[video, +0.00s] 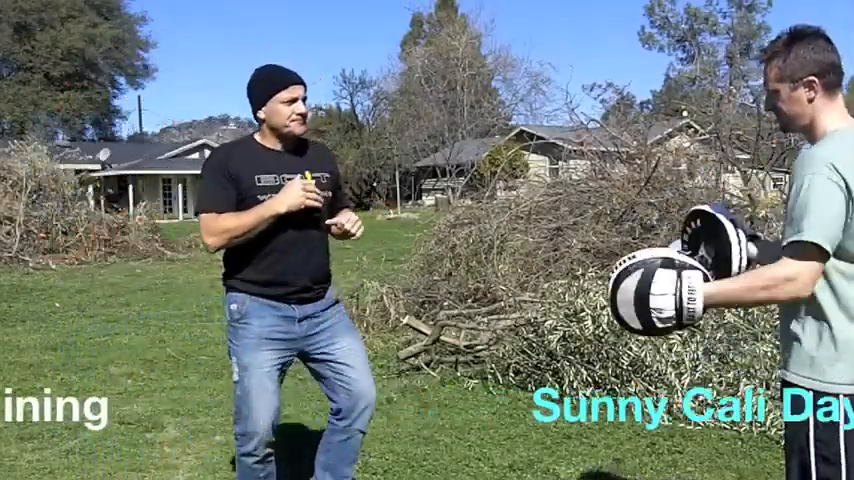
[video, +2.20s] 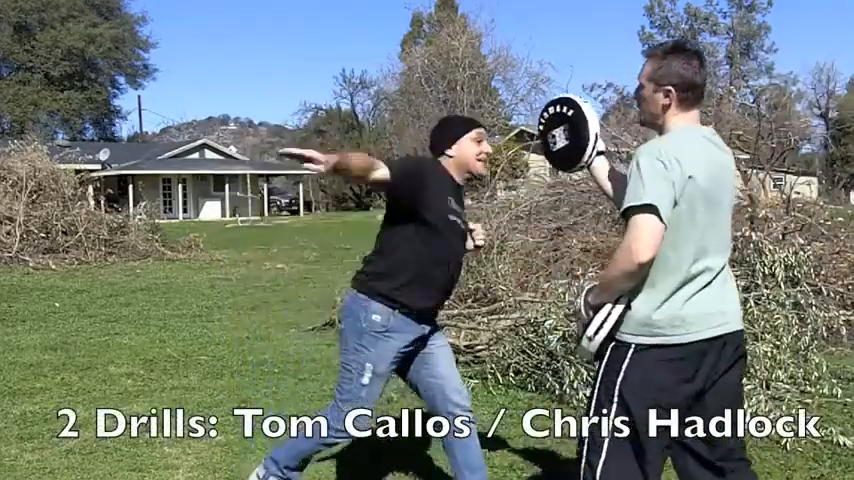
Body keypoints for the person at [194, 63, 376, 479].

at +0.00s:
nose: (301, 109)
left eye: (303, 100)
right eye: (289, 102)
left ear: (306, 102)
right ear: (261, 109)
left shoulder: (319, 156)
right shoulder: (226, 160)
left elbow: (335, 214)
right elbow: (212, 235)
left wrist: (343, 222)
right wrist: (277, 204)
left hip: (322, 307)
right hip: (257, 311)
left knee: (358, 398)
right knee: (257, 430)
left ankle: (330, 476)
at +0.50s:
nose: (313, 105)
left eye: (314, 96)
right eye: (302, 97)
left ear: (316, 99)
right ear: (274, 104)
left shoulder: (330, 151)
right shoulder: (244, 156)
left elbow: (351, 210)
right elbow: (216, 234)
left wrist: (361, 217)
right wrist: (277, 208)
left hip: (336, 302)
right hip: (272, 306)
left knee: (377, 410)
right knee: (262, 429)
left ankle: (383, 476)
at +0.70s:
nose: (380, 126)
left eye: (383, 117)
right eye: (369, 118)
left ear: (385, 119)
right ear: (341, 123)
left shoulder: (400, 169)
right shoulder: (306, 165)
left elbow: (425, 234)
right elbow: (306, 231)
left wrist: (441, 198)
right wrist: (355, 180)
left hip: (385, 317)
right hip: (319, 315)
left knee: (408, 422)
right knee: (284, 421)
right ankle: (264, 476)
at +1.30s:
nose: (363, 191)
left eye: (369, 179)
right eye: (351, 182)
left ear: (377, 172)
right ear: (329, 180)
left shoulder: (395, 200)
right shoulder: (297, 203)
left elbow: (425, 260)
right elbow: (283, 276)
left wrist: (418, 254)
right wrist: (325, 236)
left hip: (374, 325)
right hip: (304, 325)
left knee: (409, 413)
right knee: (267, 408)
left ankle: (418, 476)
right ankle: (252, 475)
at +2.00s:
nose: (380, 162)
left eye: (382, 151)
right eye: (368, 153)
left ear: (386, 152)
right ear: (342, 158)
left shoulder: (401, 189)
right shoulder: (310, 194)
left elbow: (445, 247)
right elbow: (271, 258)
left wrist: (408, 211)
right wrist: (309, 240)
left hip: (401, 321)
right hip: (333, 323)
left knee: (448, 408)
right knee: (296, 408)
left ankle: (472, 476)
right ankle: (261, 476)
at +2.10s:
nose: (434, 145)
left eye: (436, 137)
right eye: (423, 137)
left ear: (439, 144)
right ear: (396, 146)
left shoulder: (446, 191)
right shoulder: (354, 188)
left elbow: (473, 229)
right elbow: (302, 222)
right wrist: (271, 264)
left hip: (419, 327)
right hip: (359, 326)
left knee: (464, 412)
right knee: (324, 419)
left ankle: (480, 476)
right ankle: (273, 476)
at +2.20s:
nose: (487, 149)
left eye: (486, 142)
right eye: (478, 140)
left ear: (458, 149)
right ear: (452, 145)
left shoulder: (454, 195)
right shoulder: (424, 171)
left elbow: (433, 237)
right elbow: (376, 169)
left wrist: (465, 237)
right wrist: (335, 162)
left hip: (418, 323)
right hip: (377, 313)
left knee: (456, 411)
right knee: (350, 418)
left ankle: (474, 476)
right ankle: (274, 469)